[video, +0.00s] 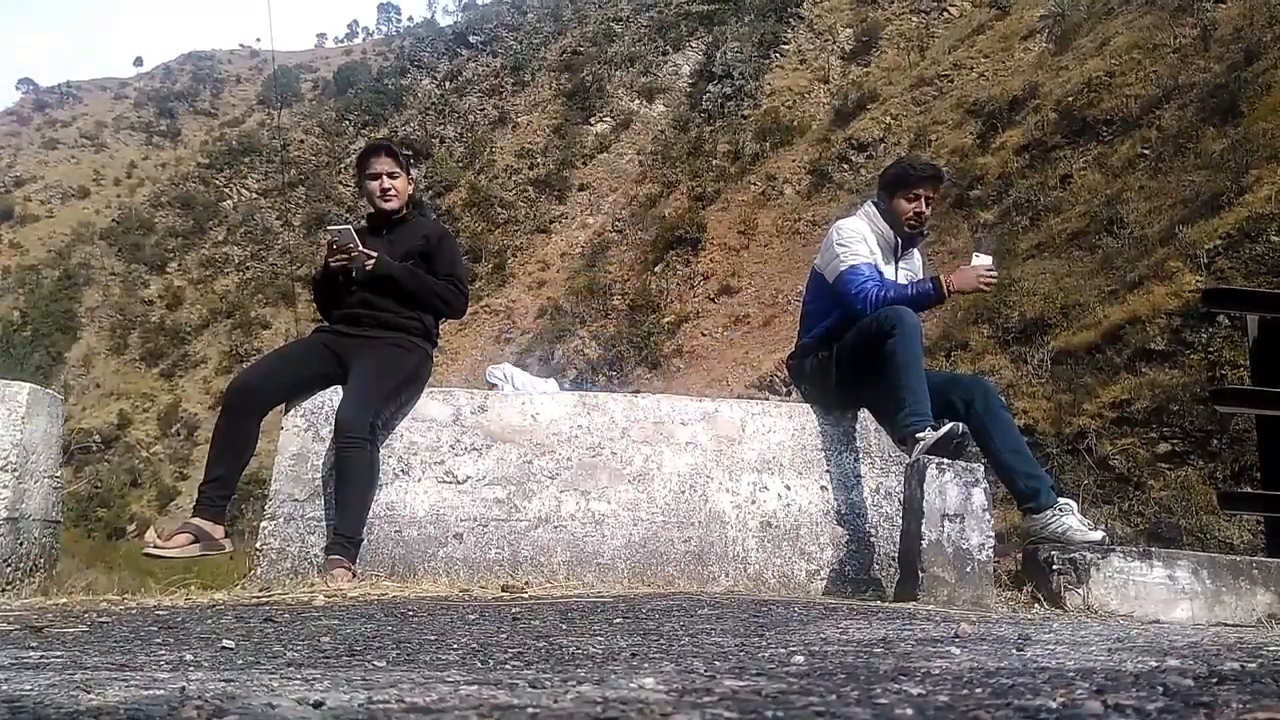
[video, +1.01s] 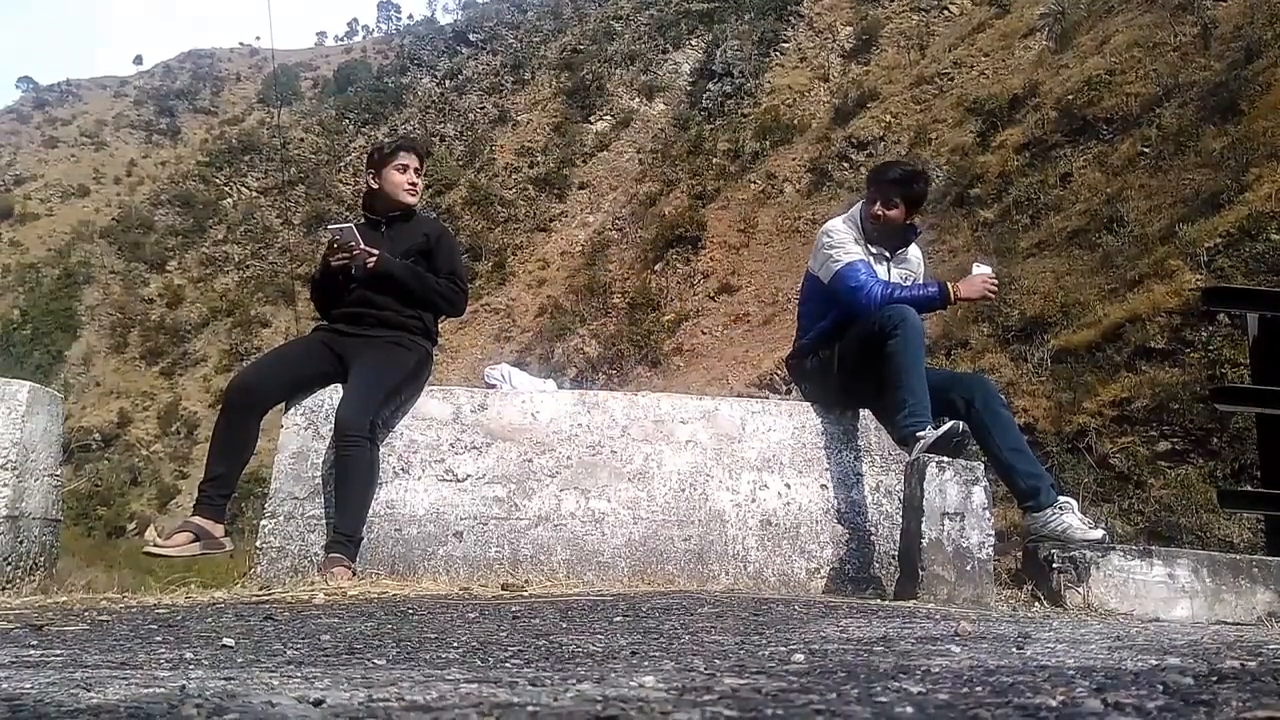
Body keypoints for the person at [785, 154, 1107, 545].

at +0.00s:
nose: (920, 209)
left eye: (928, 202)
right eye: (910, 198)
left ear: (932, 207)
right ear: (885, 197)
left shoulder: (910, 253)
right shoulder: (849, 232)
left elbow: (903, 308)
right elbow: (865, 297)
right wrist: (945, 284)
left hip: (879, 376)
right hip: (825, 373)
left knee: (975, 391)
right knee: (898, 321)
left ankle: (1043, 510)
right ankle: (917, 434)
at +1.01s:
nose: (874, 208)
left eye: (887, 204)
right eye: (873, 199)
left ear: (909, 216)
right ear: (869, 200)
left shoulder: (910, 255)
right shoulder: (836, 235)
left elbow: (908, 313)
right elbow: (870, 296)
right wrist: (953, 289)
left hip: (879, 376)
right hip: (824, 372)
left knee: (976, 391)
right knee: (899, 318)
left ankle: (1043, 508)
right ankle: (916, 433)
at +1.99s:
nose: (838, 202)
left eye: (851, 196)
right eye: (838, 193)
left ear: (880, 208)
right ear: (835, 196)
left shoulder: (900, 246)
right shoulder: (818, 236)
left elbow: (902, 312)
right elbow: (858, 294)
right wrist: (944, 283)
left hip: (878, 374)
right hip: (822, 370)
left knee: (976, 389)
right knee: (890, 316)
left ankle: (1043, 507)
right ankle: (914, 430)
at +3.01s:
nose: (890, 202)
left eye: (903, 199)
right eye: (884, 192)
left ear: (912, 214)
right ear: (867, 193)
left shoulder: (899, 252)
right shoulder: (831, 229)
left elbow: (889, 309)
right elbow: (861, 293)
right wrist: (942, 285)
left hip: (872, 374)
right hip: (820, 371)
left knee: (975, 390)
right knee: (892, 317)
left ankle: (1043, 509)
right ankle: (913, 433)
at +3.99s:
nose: (970, 234)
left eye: (974, 226)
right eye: (967, 222)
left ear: (938, 217)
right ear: (936, 212)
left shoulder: (921, 253)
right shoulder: (879, 228)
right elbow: (882, 295)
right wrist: (960, 288)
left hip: (875, 369)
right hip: (828, 364)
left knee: (977, 388)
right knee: (909, 317)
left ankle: (1044, 504)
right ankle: (920, 428)